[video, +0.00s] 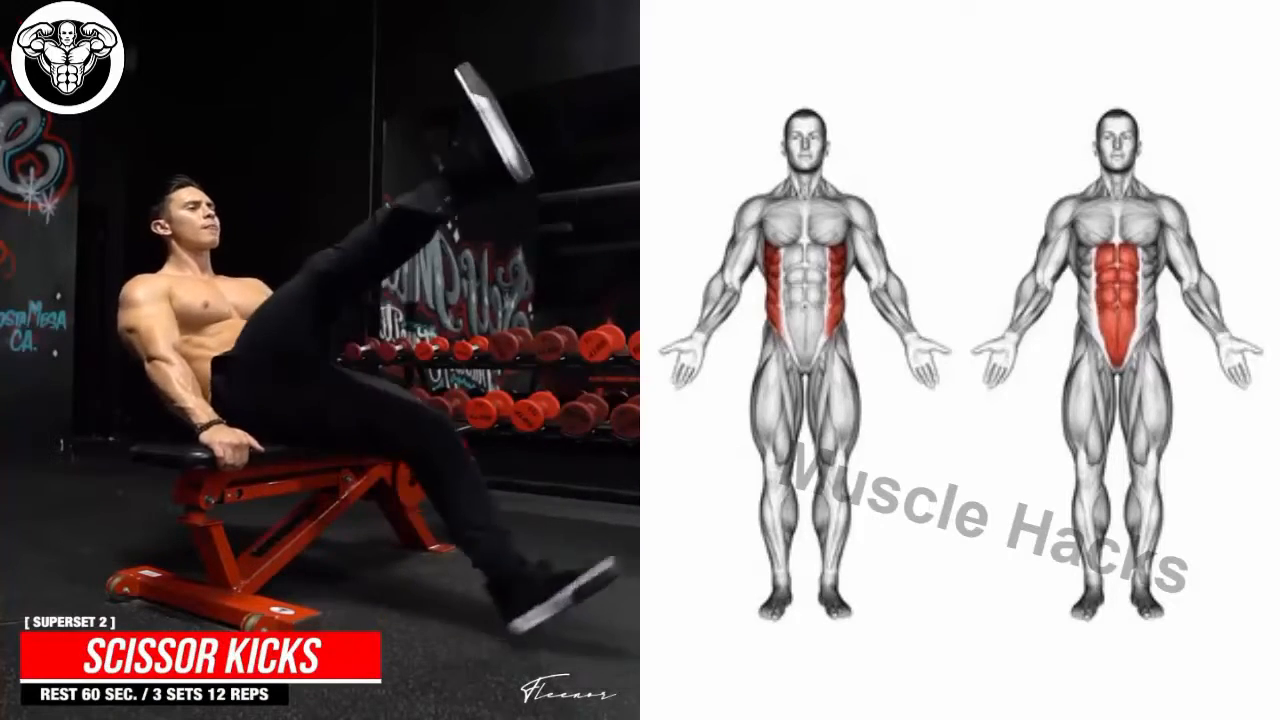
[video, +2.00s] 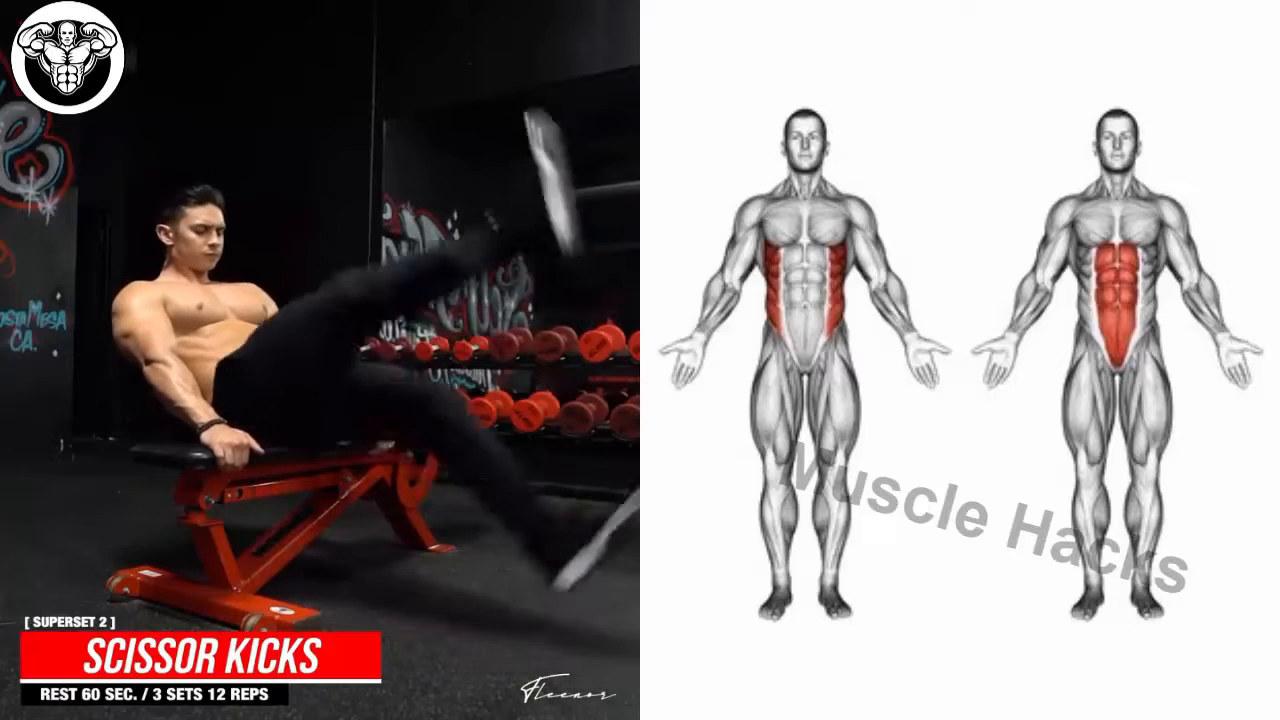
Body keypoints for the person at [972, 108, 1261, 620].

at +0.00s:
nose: (1116, 145)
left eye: (1124, 138)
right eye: (1109, 137)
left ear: (1137, 146)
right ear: (1097, 145)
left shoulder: (1164, 211)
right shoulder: (1070, 211)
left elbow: (1193, 282)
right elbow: (1041, 282)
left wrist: (1221, 335)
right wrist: (1012, 336)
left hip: (1144, 355)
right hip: (1089, 354)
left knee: (1145, 466)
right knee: (1088, 466)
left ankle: (1141, 582)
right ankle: (1092, 583)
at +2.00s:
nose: (1116, 145)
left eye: (1124, 138)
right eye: (1108, 138)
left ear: (1137, 145)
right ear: (1096, 146)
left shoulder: (1164, 211)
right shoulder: (1070, 211)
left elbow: (1193, 282)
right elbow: (1041, 282)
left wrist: (1222, 335)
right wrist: (1012, 336)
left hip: (1144, 355)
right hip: (1089, 355)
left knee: (1145, 466)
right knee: (1088, 466)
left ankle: (1141, 581)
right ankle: (1092, 583)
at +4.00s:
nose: (1116, 145)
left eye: (1124, 138)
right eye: (1108, 138)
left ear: (1137, 145)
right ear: (1097, 145)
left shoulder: (1164, 211)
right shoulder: (1070, 211)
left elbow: (1193, 282)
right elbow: (1041, 282)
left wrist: (1221, 335)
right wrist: (1012, 336)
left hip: (1144, 355)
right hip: (1089, 354)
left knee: (1145, 466)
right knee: (1088, 466)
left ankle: (1141, 581)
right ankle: (1092, 583)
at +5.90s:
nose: (1116, 146)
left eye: (1124, 138)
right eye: (1109, 138)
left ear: (1137, 145)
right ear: (1097, 145)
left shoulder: (1164, 211)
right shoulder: (1070, 211)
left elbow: (1193, 282)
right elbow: (1041, 282)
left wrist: (1221, 335)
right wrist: (1012, 336)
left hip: (1144, 355)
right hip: (1089, 354)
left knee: (1145, 467)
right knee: (1088, 466)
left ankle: (1141, 582)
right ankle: (1092, 583)